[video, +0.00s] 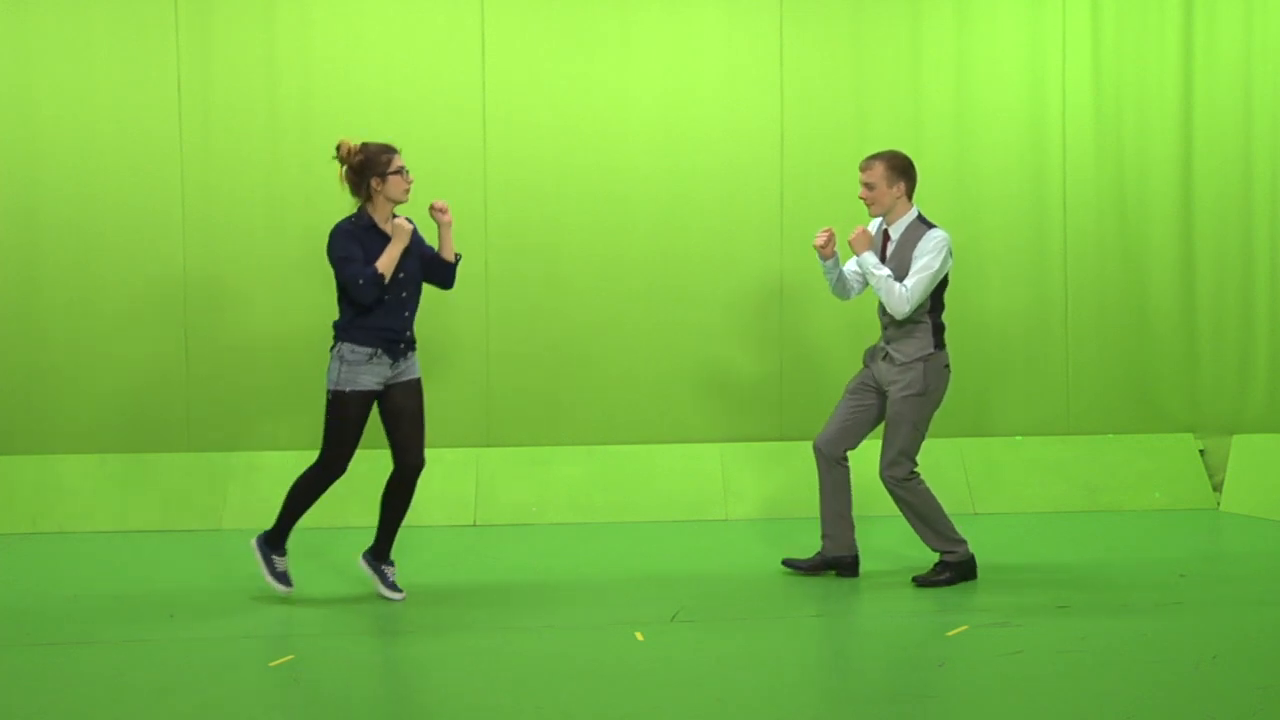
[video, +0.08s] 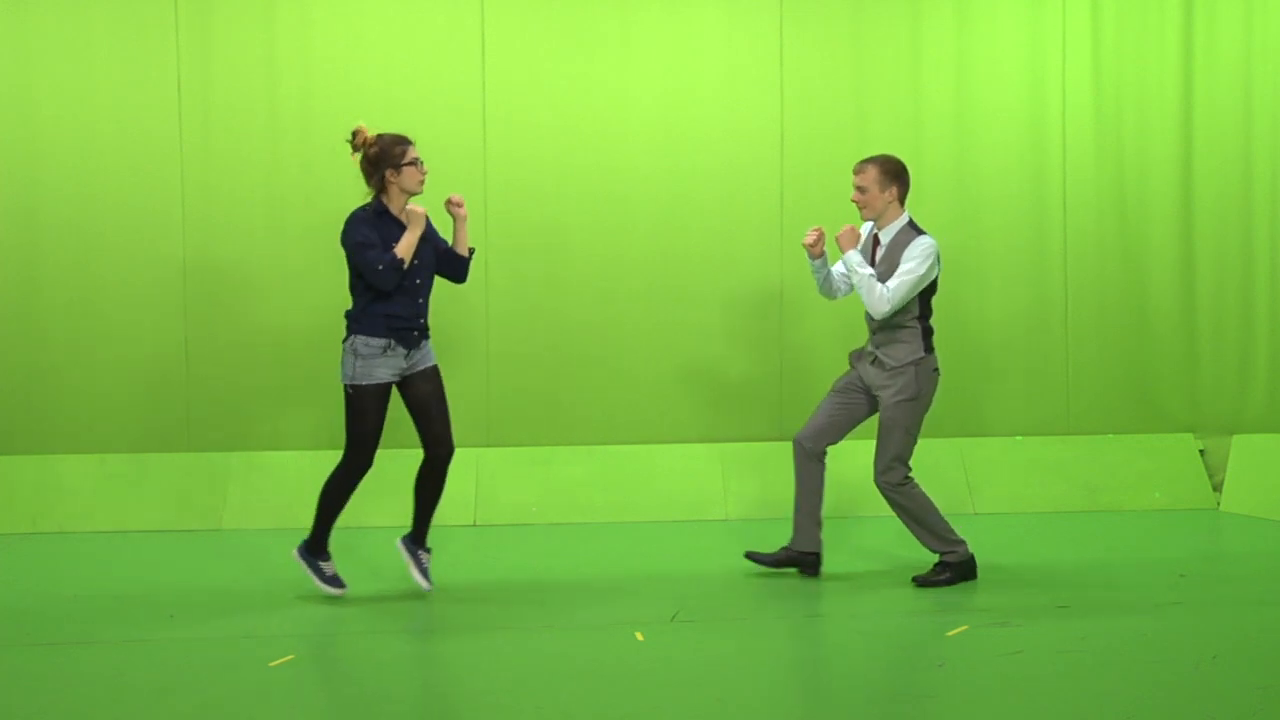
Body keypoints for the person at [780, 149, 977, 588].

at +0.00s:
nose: (862, 195)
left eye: (870, 187)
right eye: (861, 187)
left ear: (900, 189)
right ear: (886, 191)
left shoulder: (934, 241)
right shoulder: (877, 236)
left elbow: (901, 304)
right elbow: (845, 287)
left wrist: (867, 256)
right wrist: (830, 259)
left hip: (920, 365)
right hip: (882, 361)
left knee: (896, 469)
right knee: (829, 446)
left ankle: (957, 557)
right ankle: (839, 553)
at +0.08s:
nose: (855, 198)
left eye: (862, 190)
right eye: (854, 190)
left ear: (893, 193)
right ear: (882, 194)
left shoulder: (921, 248)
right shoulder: (868, 239)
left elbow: (881, 305)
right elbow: (833, 287)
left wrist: (851, 255)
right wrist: (818, 258)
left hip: (909, 370)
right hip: (871, 365)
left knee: (890, 475)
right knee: (808, 443)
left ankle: (957, 557)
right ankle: (805, 550)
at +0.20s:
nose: (834, 192)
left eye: (840, 184)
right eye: (833, 183)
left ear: (870, 187)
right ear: (860, 188)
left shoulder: (896, 242)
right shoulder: (844, 229)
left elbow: (848, 288)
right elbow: (803, 271)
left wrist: (822, 238)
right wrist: (791, 237)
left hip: (876, 368)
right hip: (836, 362)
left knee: (883, 473)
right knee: (776, 442)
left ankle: (954, 552)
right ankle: (739, 547)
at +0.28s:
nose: (811, 189)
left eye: (818, 181)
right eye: (811, 180)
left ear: (848, 184)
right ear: (838, 185)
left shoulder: (874, 237)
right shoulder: (821, 226)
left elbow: (828, 283)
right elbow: (778, 268)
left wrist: (802, 235)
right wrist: (770, 233)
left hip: (850, 364)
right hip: (809, 357)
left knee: (850, 473)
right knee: (758, 446)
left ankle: (922, 540)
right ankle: (731, 553)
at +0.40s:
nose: (779, 189)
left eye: (786, 181)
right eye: (779, 180)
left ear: (816, 185)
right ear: (807, 186)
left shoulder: (847, 237)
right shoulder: (791, 229)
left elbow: (804, 286)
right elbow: (750, 275)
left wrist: (775, 239)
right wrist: (741, 242)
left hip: (822, 367)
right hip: (780, 360)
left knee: (812, 472)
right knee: (729, 449)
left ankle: (872, 551)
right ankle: (727, 557)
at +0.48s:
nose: (766, 189)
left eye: (773, 182)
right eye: (765, 180)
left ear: (802, 186)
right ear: (784, 187)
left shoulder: (834, 236)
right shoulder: (773, 231)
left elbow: (794, 285)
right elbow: (731, 271)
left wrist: (767, 235)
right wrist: (727, 231)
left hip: (815, 366)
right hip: (771, 360)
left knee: (803, 472)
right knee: (721, 450)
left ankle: (859, 551)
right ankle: (724, 555)